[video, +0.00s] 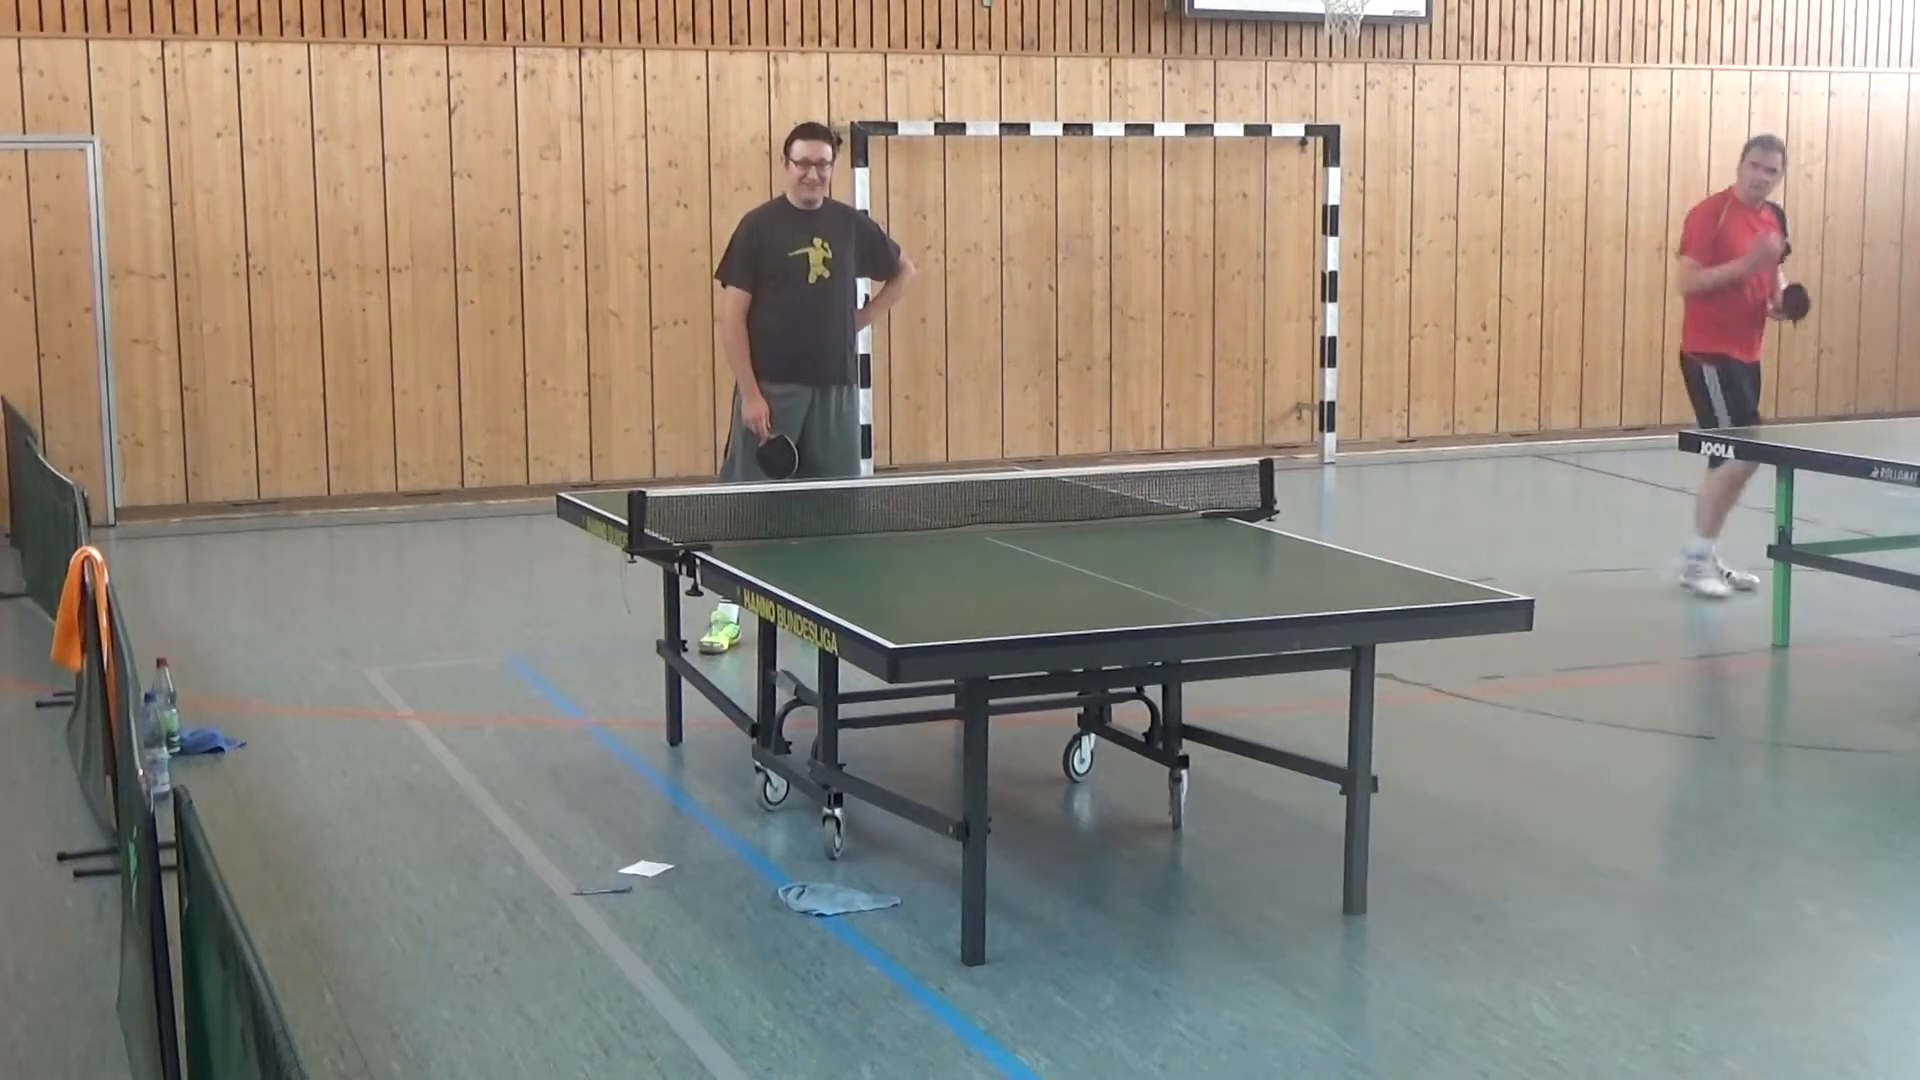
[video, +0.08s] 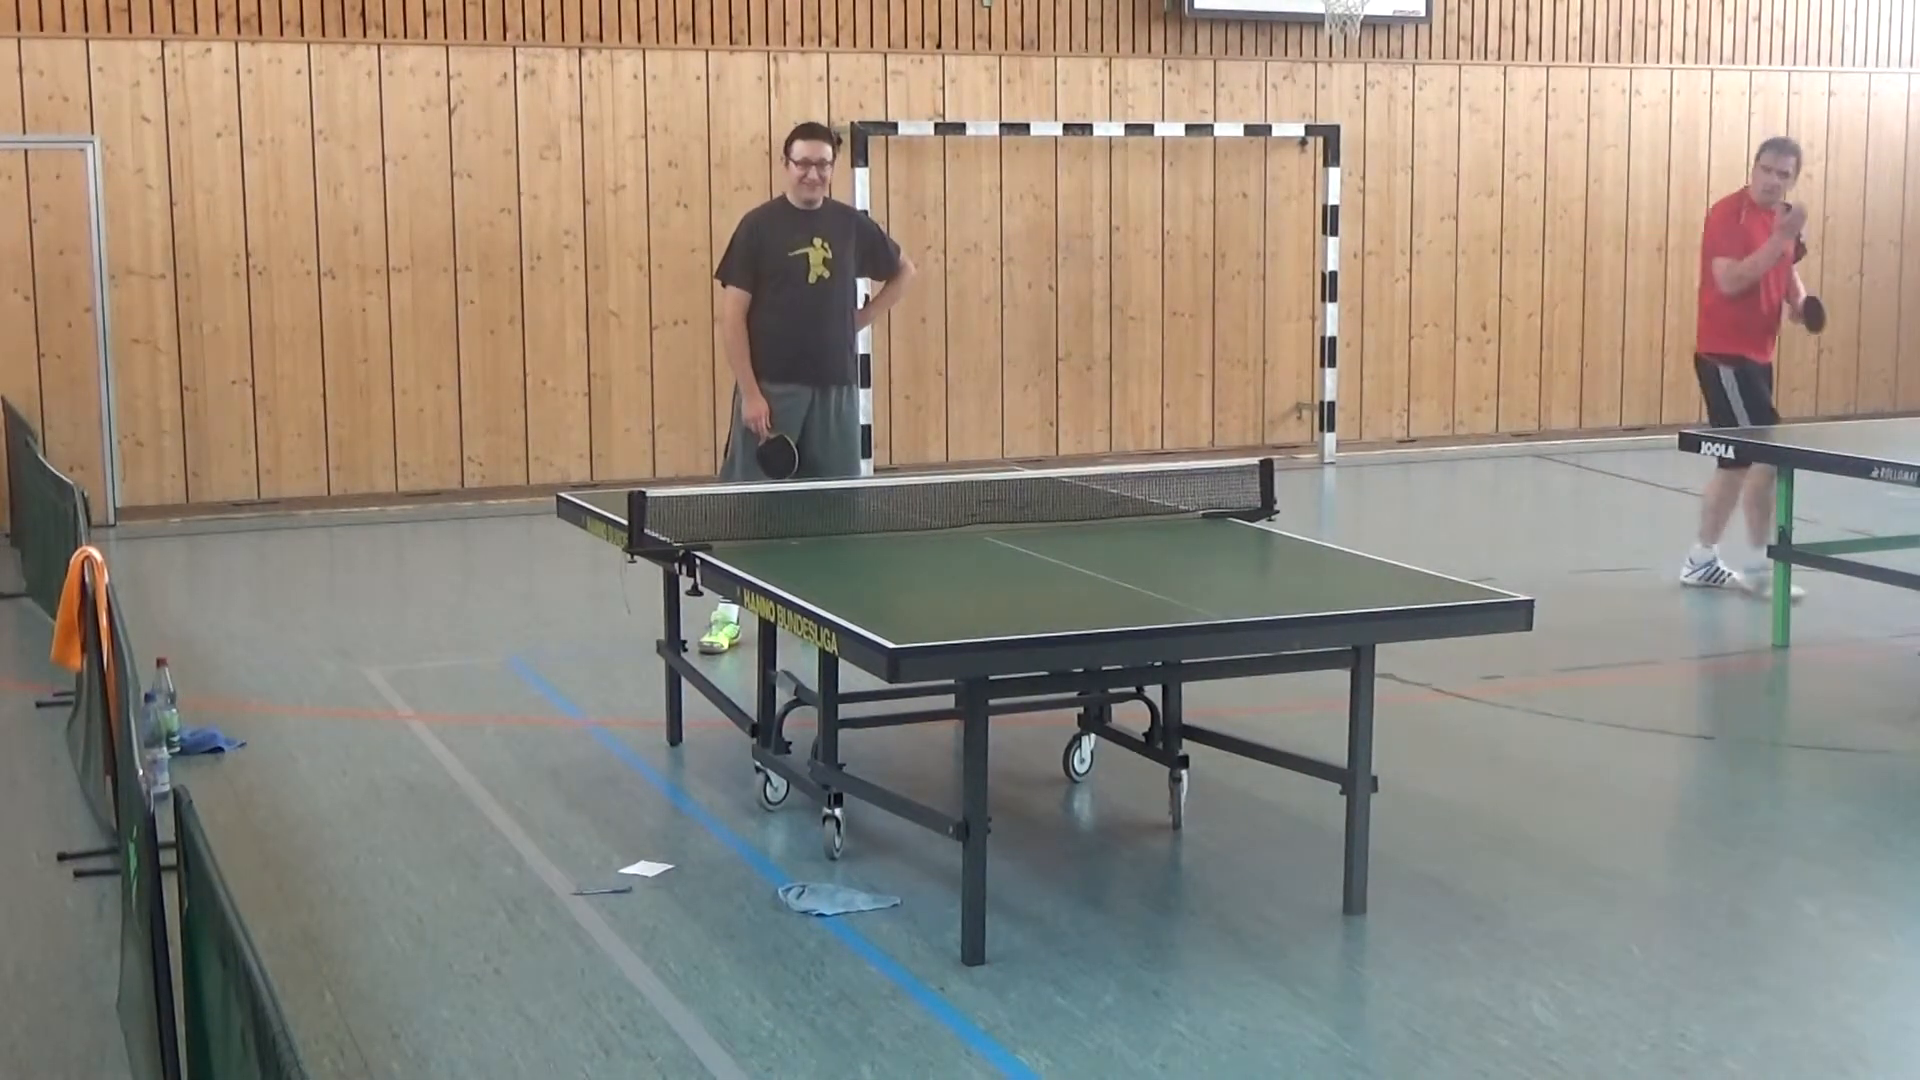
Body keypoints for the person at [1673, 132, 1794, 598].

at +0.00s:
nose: (1762, 177)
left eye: (1772, 171)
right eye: (1756, 166)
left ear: (1781, 176)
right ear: (1739, 165)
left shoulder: (1773, 218)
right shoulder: (1708, 213)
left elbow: (1770, 276)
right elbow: (1685, 282)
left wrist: (1780, 298)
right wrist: (1747, 263)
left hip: (1745, 353)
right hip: (1709, 352)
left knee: (1734, 459)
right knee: (1742, 453)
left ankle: (1707, 558)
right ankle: (1697, 560)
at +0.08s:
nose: (1773, 181)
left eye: (1784, 175)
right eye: (1767, 170)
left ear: (1793, 180)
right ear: (1752, 168)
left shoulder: (1783, 222)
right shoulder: (1726, 214)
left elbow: (1789, 278)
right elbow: (1728, 281)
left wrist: (1801, 303)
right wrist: (1779, 241)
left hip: (1757, 356)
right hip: (1725, 354)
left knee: (1736, 459)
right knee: (1765, 451)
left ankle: (1700, 560)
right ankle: (1760, 565)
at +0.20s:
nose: (1799, 188)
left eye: (1808, 182)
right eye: (1792, 178)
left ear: (1817, 184)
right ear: (1774, 175)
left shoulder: (1802, 220)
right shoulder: (1753, 218)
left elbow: (1806, 271)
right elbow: (1780, 277)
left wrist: (1829, 302)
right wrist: (1812, 222)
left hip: (1778, 359)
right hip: (1750, 360)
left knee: (1763, 465)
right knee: (1791, 461)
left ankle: (1709, 554)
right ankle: (1802, 569)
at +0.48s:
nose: (1852, 192)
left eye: (1859, 185)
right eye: (1844, 183)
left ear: (1866, 187)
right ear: (1823, 181)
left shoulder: (1849, 226)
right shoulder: (1796, 224)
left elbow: (1854, 278)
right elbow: (1788, 297)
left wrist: (1890, 295)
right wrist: (1845, 264)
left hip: (1830, 358)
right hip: (1791, 363)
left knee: (1870, 446)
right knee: (1830, 456)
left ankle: (1824, 543)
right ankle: (1810, 566)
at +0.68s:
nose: (1878, 204)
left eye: (1886, 196)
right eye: (1869, 195)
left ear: (1894, 197)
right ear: (1850, 193)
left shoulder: (1892, 243)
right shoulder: (1816, 233)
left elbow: (1907, 304)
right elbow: (1771, 298)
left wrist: (1915, 299)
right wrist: (1813, 349)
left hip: (1860, 364)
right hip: (1809, 367)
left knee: (1886, 460)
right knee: (1832, 461)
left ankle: (1894, 560)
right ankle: (1810, 569)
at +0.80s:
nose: (1892, 216)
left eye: (1900, 208)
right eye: (1884, 207)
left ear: (1908, 211)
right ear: (1866, 205)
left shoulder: (1906, 254)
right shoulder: (1826, 238)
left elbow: (1916, 306)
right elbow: (1775, 288)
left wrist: (1914, 316)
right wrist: (1796, 349)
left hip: (1872, 375)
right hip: (1817, 375)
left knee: (1895, 469)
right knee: (1814, 472)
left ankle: (1896, 559)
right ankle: (1806, 562)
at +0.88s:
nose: (1900, 224)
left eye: (1907, 216)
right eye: (1891, 214)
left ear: (1913, 218)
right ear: (1870, 211)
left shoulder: (1907, 259)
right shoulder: (1829, 242)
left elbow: (1913, 309)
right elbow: (1782, 289)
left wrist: (1914, 317)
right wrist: (1797, 351)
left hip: (1871, 379)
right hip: (1814, 379)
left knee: (1895, 470)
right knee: (1796, 472)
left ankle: (1896, 560)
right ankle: (1780, 562)